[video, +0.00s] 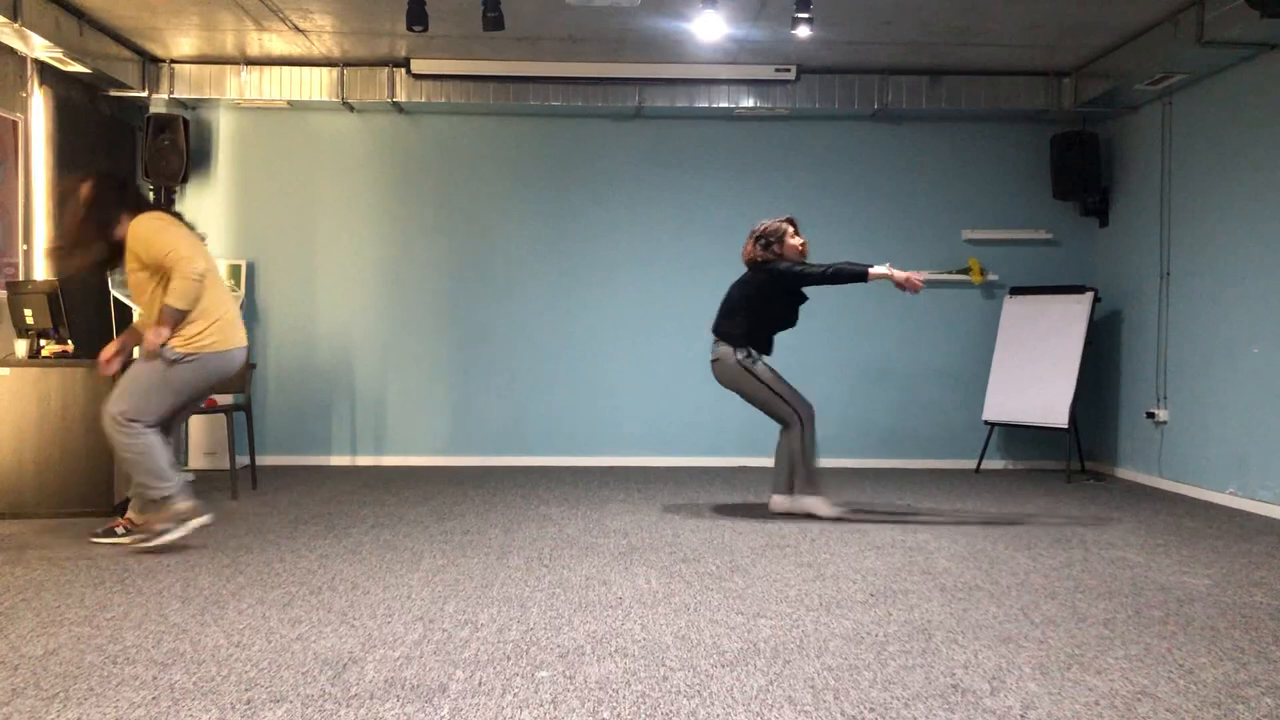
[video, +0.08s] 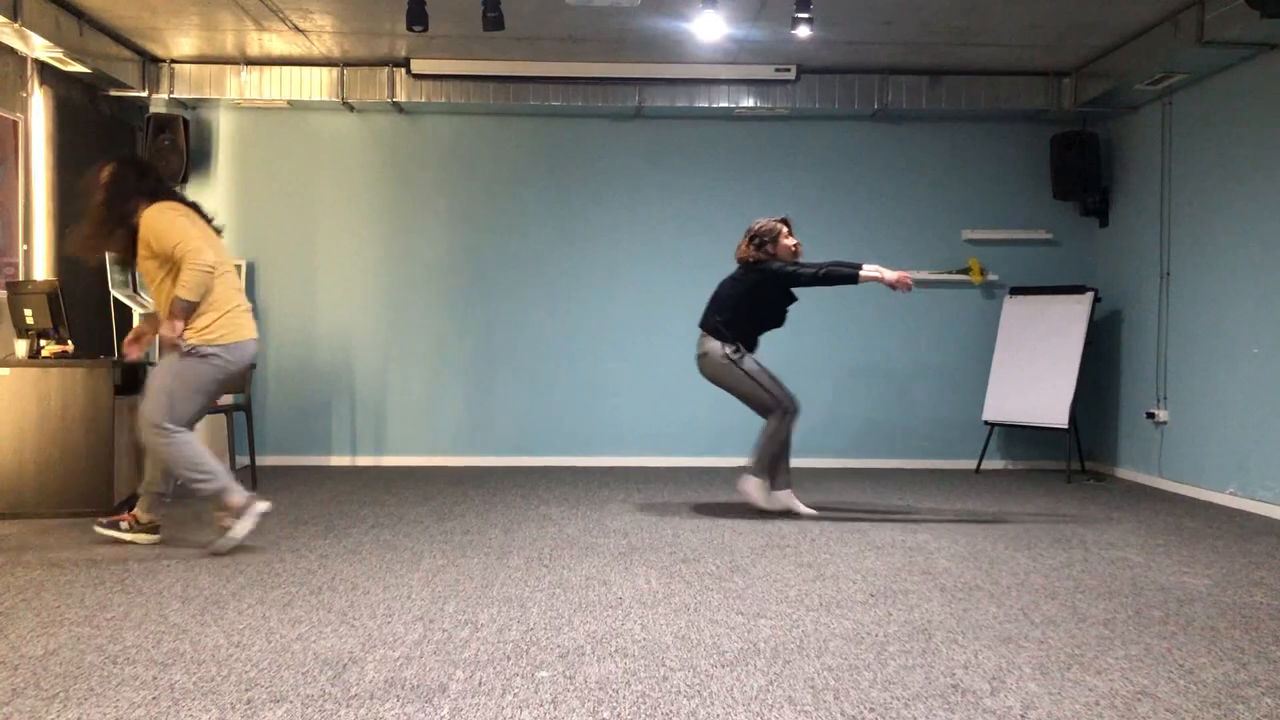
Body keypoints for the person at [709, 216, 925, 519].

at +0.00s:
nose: (802, 241)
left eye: (798, 235)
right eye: (794, 237)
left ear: (777, 247)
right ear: (776, 247)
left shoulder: (777, 271)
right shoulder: (774, 272)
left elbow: (830, 271)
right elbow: (828, 273)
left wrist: (889, 272)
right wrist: (888, 273)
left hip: (739, 357)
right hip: (733, 359)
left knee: (796, 416)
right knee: (798, 414)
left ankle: (784, 495)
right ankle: (806, 495)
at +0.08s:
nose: (796, 241)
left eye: (792, 235)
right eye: (788, 237)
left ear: (771, 248)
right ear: (769, 246)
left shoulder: (772, 270)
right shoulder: (765, 271)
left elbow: (825, 269)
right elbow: (821, 274)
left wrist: (880, 271)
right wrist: (881, 276)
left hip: (730, 352)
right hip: (718, 353)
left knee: (786, 408)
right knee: (781, 409)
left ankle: (781, 491)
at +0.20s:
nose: (778, 248)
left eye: (775, 242)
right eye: (771, 244)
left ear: (750, 251)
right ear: (753, 251)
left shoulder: (749, 272)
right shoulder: (744, 275)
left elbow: (800, 275)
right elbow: (799, 279)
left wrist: (855, 277)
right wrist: (860, 280)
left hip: (694, 346)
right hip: (685, 348)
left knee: (745, 404)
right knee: (737, 411)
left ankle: (715, 472)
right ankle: (725, 491)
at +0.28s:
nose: (769, 253)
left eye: (767, 247)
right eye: (762, 249)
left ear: (744, 254)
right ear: (743, 254)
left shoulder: (735, 273)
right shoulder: (733, 275)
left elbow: (789, 280)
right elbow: (787, 284)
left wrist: (845, 287)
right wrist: (846, 290)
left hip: (666, 342)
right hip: (671, 342)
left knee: (704, 414)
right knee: (718, 409)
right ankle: (724, 492)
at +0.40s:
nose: (748, 266)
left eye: (747, 260)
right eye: (743, 261)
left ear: (722, 264)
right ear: (724, 265)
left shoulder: (716, 281)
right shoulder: (709, 283)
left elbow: (764, 296)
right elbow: (758, 300)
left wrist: (817, 311)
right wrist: (816, 315)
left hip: (640, 332)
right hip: (629, 332)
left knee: (670, 404)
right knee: (667, 405)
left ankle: (656, 481)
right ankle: (638, 480)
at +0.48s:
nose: (736, 278)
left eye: (736, 272)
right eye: (732, 271)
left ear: (710, 270)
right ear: (713, 270)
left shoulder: (700, 286)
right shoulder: (696, 288)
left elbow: (748, 305)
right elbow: (744, 308)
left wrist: (801, 325)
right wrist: (800, 328)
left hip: (625, 334)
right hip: (618, 334)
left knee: (656, 405)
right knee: (641, 414)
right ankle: (626, 492)